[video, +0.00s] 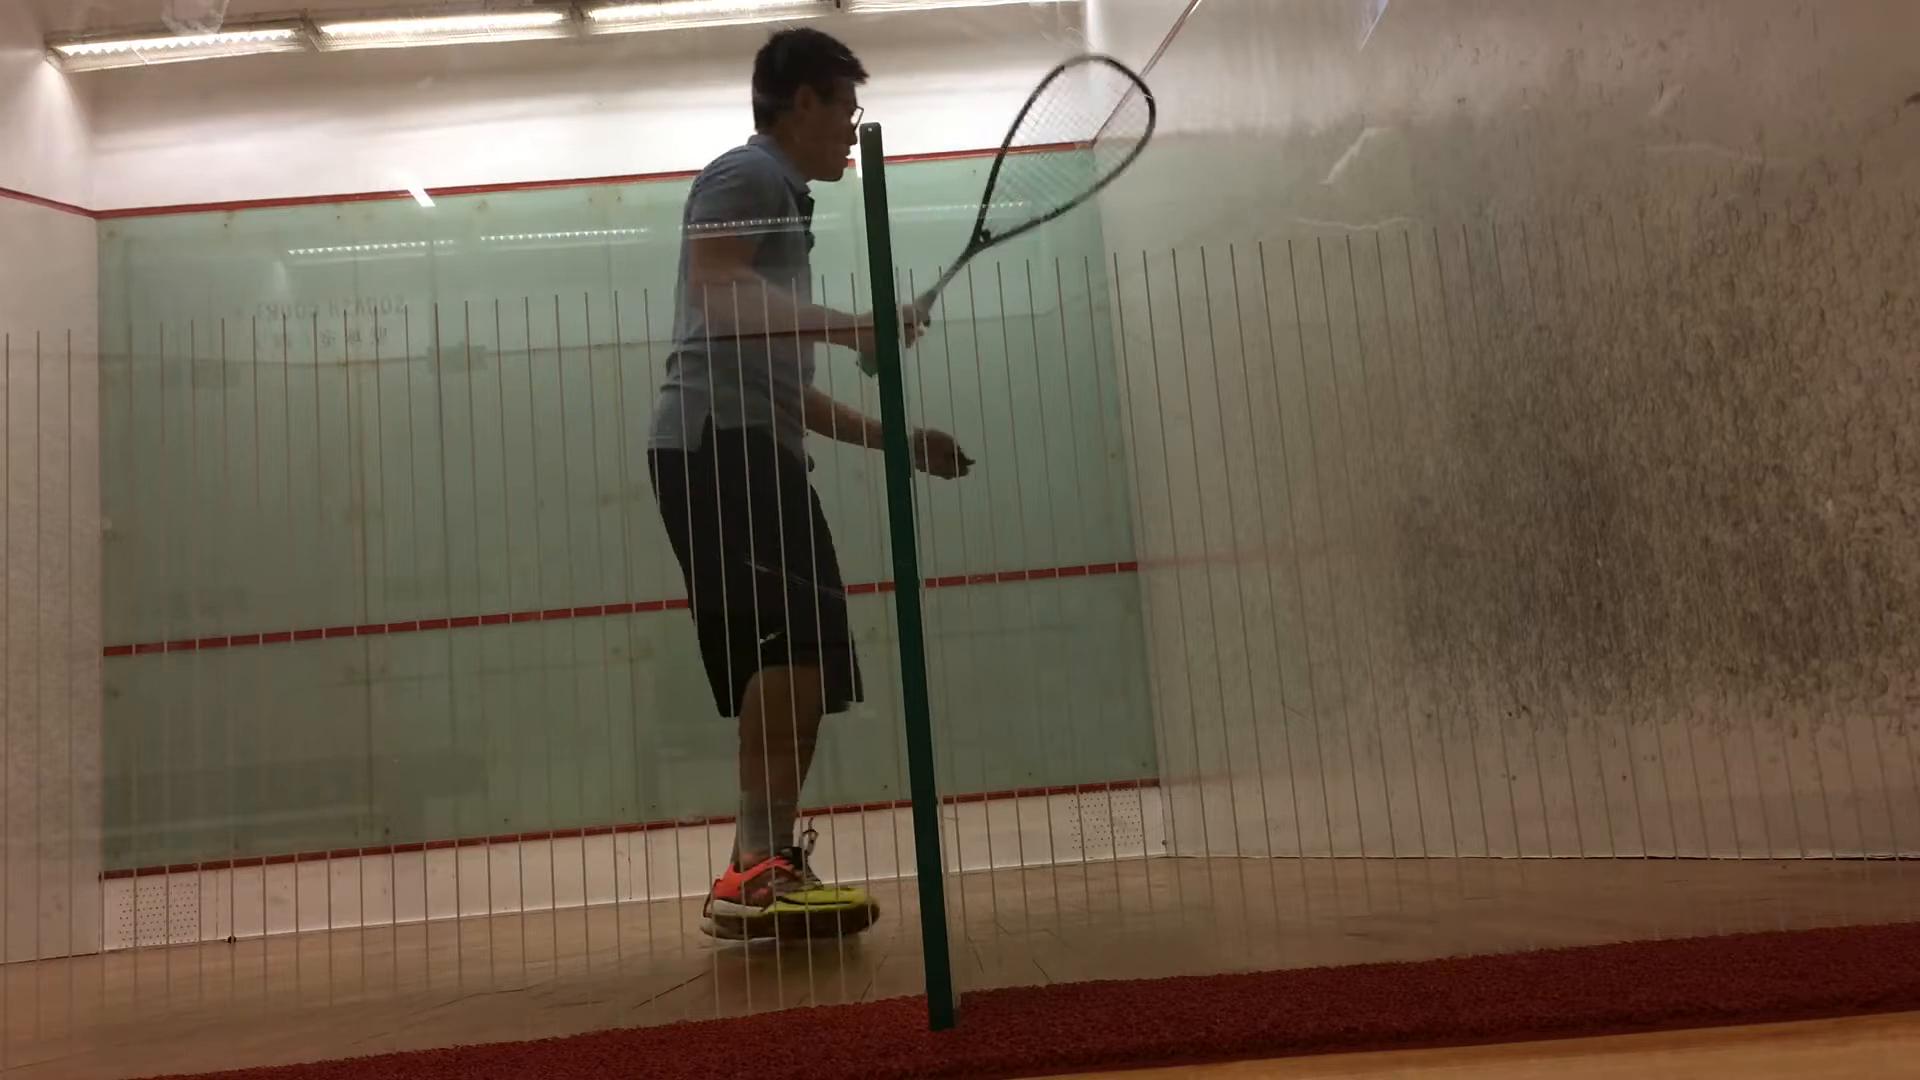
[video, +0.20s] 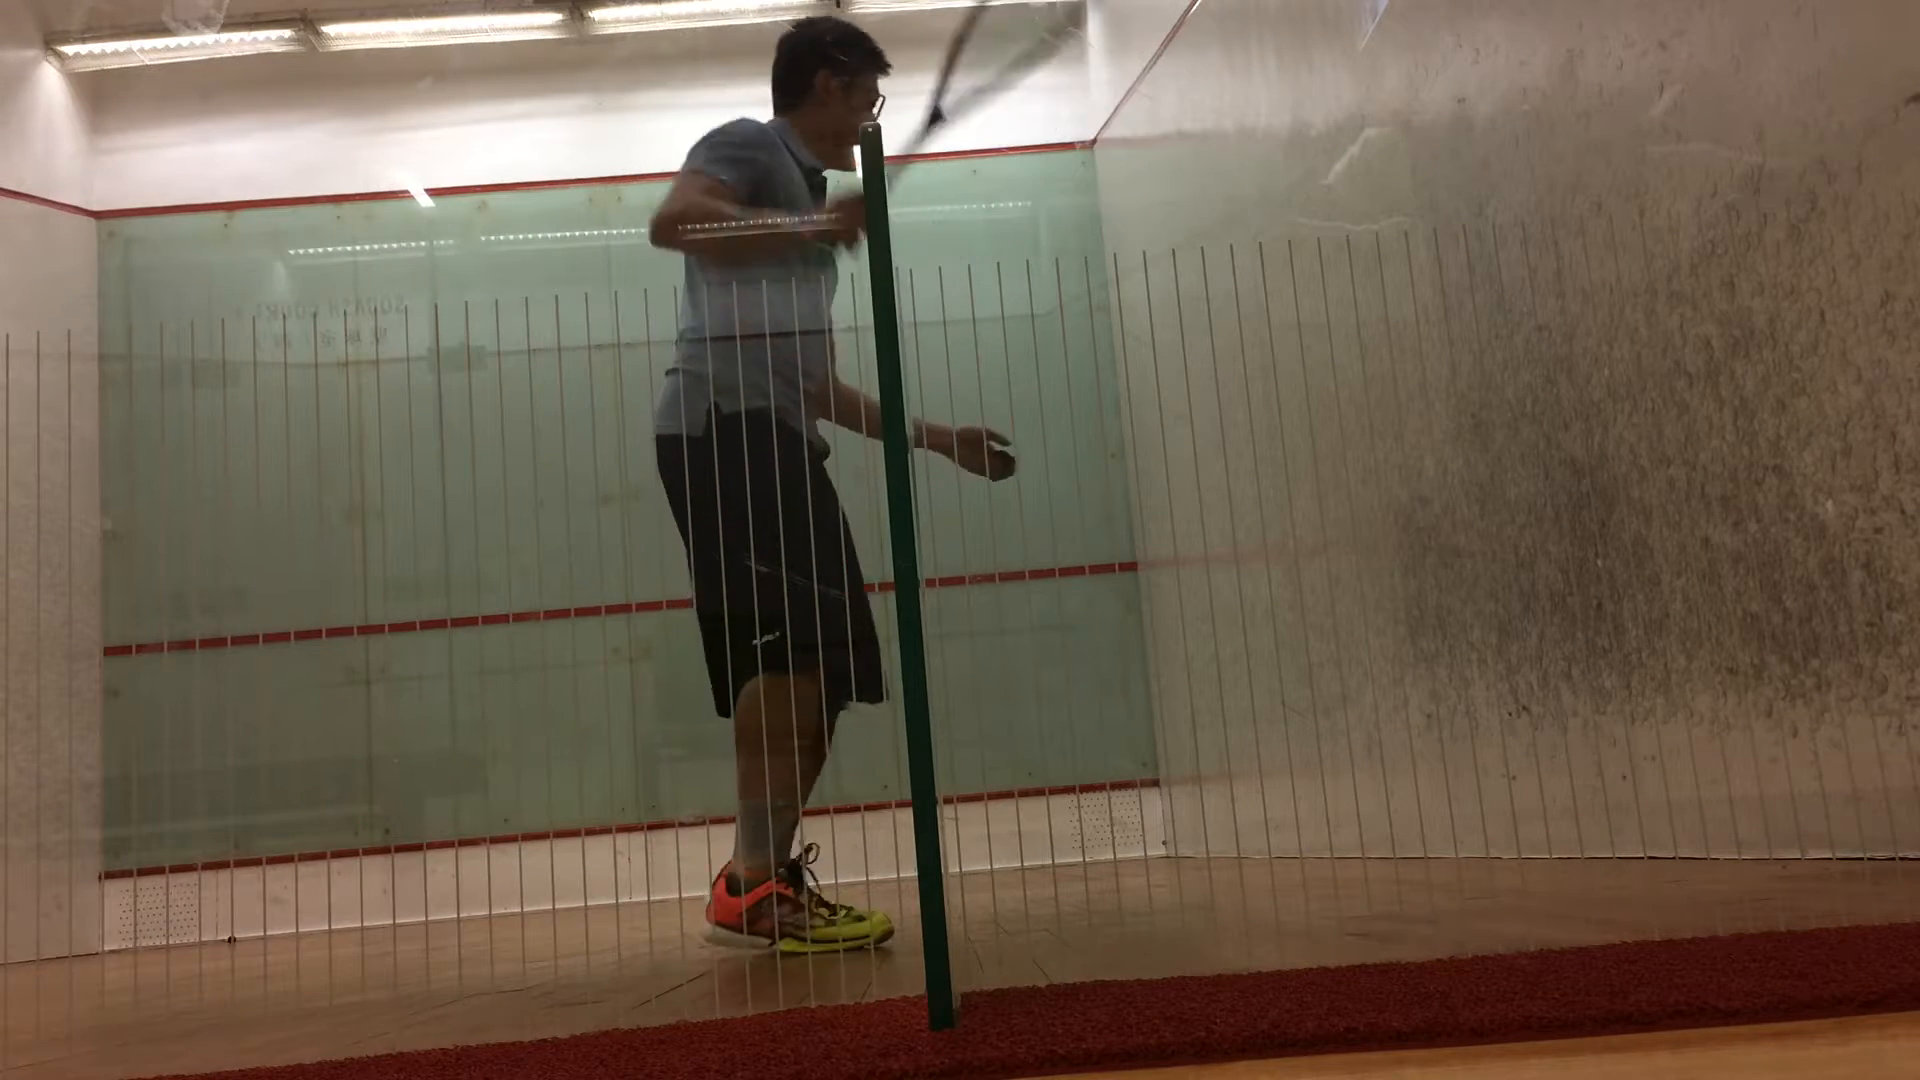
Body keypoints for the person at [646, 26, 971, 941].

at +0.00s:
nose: (856, 127)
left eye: (855, 109)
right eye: (845, 108)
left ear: (800, 110)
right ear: (798, 105)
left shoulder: (783, 213)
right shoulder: (745, 174)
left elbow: (784, 392)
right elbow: (717, 293)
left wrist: (896, 440)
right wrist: (850, 327)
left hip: (757, 448)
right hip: (718, 443)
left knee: (806, 650)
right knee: (787, 641)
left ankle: (774, 865)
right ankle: (754, 867)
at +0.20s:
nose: (873, 115)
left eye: (876, 98)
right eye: (866, 94)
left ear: (825, 87)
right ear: (822, 83)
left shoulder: (810, 201)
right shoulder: (749, 146)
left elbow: (809, 381)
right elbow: (673, 221)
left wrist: (937, 436)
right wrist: (809, 226)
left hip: (778, 436)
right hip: (723, 428)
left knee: (829, 649)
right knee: (783, 643)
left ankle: (772, 876)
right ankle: (749, 879)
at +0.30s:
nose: (875, 119)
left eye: (881, 102)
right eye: (867, 97)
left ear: (835, 88)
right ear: (813, 77)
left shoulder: (810, 201)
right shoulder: (744, 130)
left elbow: (835, 383)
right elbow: (636, 183)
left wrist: (966, 432)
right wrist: (742, 139)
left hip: (781, 428)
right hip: (719, 419)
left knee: (839, 652)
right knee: (778, 648)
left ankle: (785, 879)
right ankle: (749, 887)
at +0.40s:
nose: (882, 127)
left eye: (892, 111)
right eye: (883, 102)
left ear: (847, 90)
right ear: (841, 75)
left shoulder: (825, 219)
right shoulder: (751, 126)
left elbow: (860, 385)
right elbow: (615, 144)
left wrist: (992, 400)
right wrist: (703, 37)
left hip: (779, 418)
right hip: (713, 407)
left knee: (851, 643)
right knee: (782, 648)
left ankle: (800, 874)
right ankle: (749, 891)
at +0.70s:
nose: (920, 161)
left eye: (925, 142)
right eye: (916, 137)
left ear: (870, 127)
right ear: (871, 119)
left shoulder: (825, 238)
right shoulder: (774, 158)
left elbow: (860, 387)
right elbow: (639, 209)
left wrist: (993, 387)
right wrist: (722, 101)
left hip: (763, 433)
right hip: (712, 422)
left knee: (874, 659)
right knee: (838, 648)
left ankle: (798, 878)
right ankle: (757, 887)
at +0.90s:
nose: (917, 159)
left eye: (921, 141)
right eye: (912, 137)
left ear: (859, 130)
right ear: (870, 127)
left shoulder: (817, 219)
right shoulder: (807, 173)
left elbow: (781, 368)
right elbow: (735, 261)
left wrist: (885, 358)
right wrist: (841, 291)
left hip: (717, 443)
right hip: (728, 435)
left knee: (807, 664)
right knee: (849, 654)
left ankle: (756, 879)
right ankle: (766, 883)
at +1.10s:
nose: (899, 156)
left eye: (905, 137)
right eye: (900, 136)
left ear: (816, 112)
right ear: (870, 125)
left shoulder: (710, 184)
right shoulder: (842, 202)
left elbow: (633, 293)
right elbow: (844, 377)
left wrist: (705, 368)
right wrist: (905, 494)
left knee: (740, 666)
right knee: (811, 645)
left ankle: (748, 872)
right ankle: (763, 838)